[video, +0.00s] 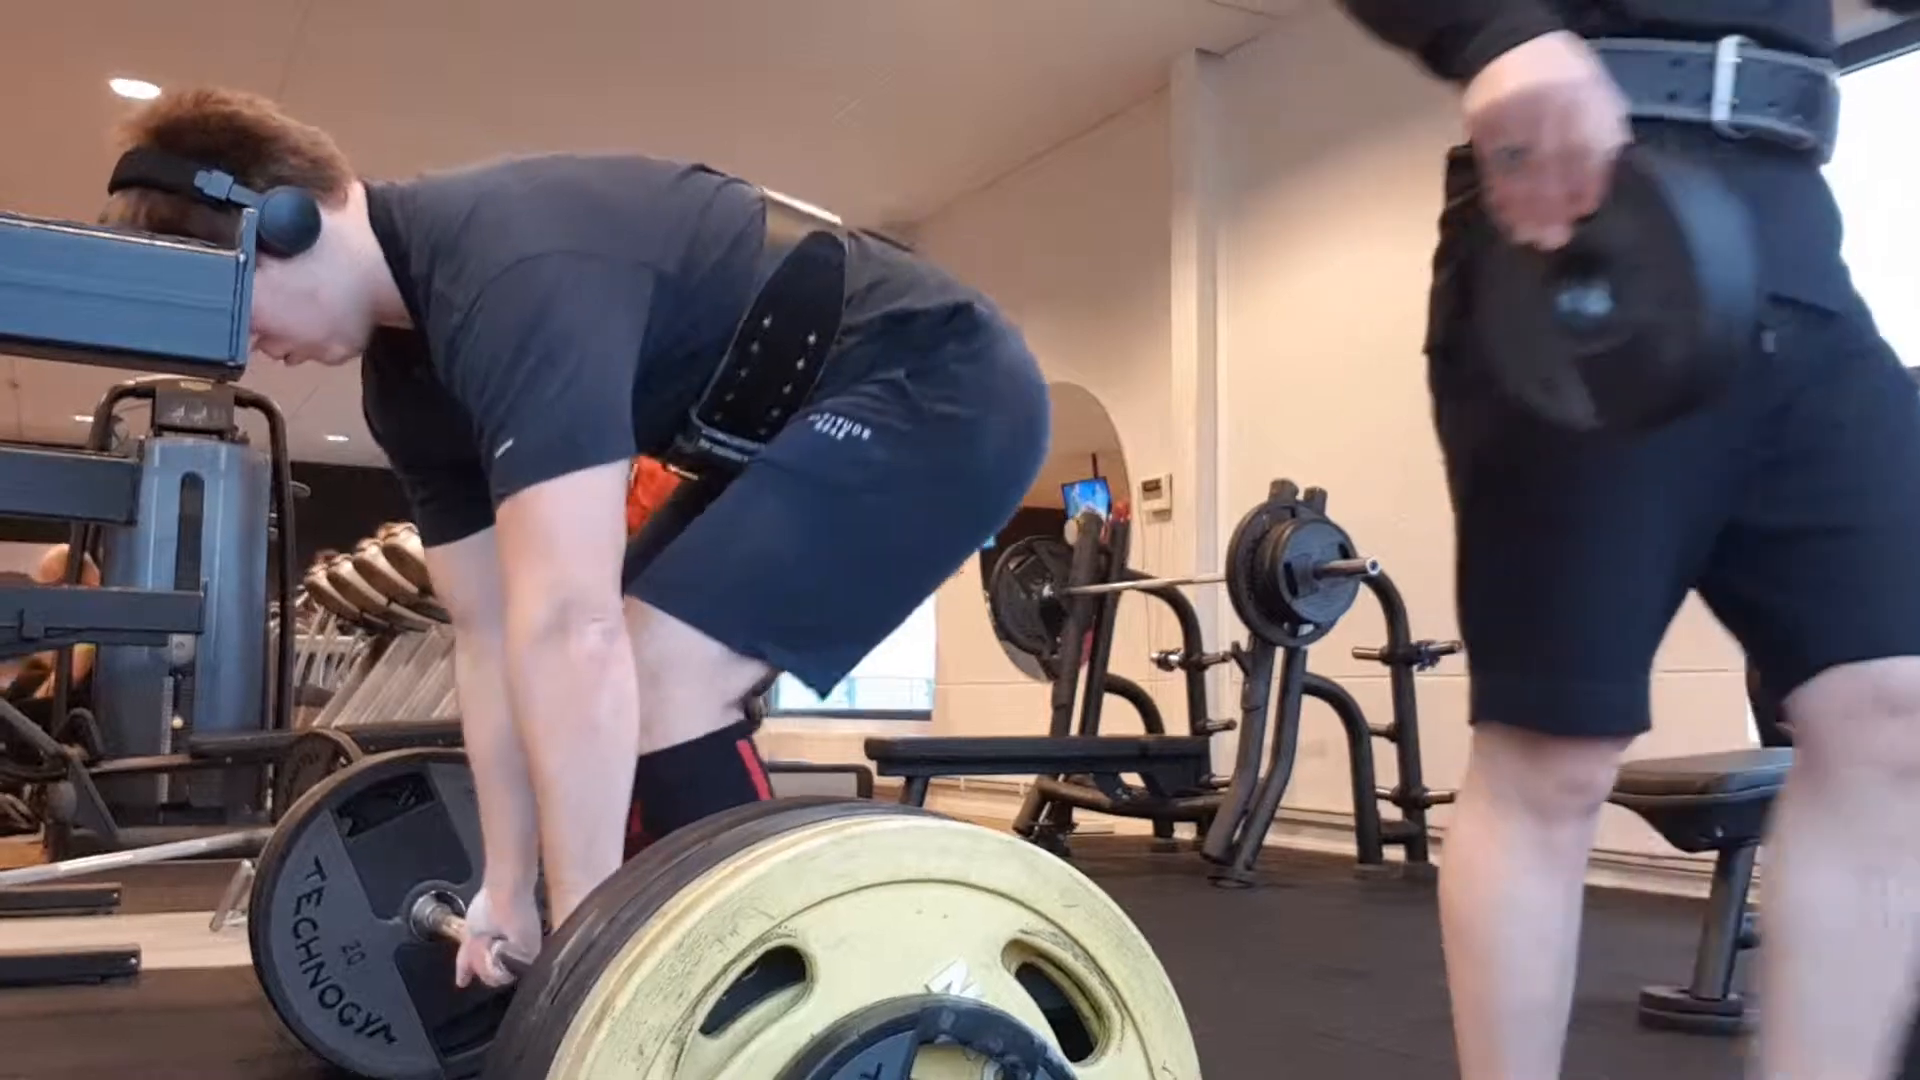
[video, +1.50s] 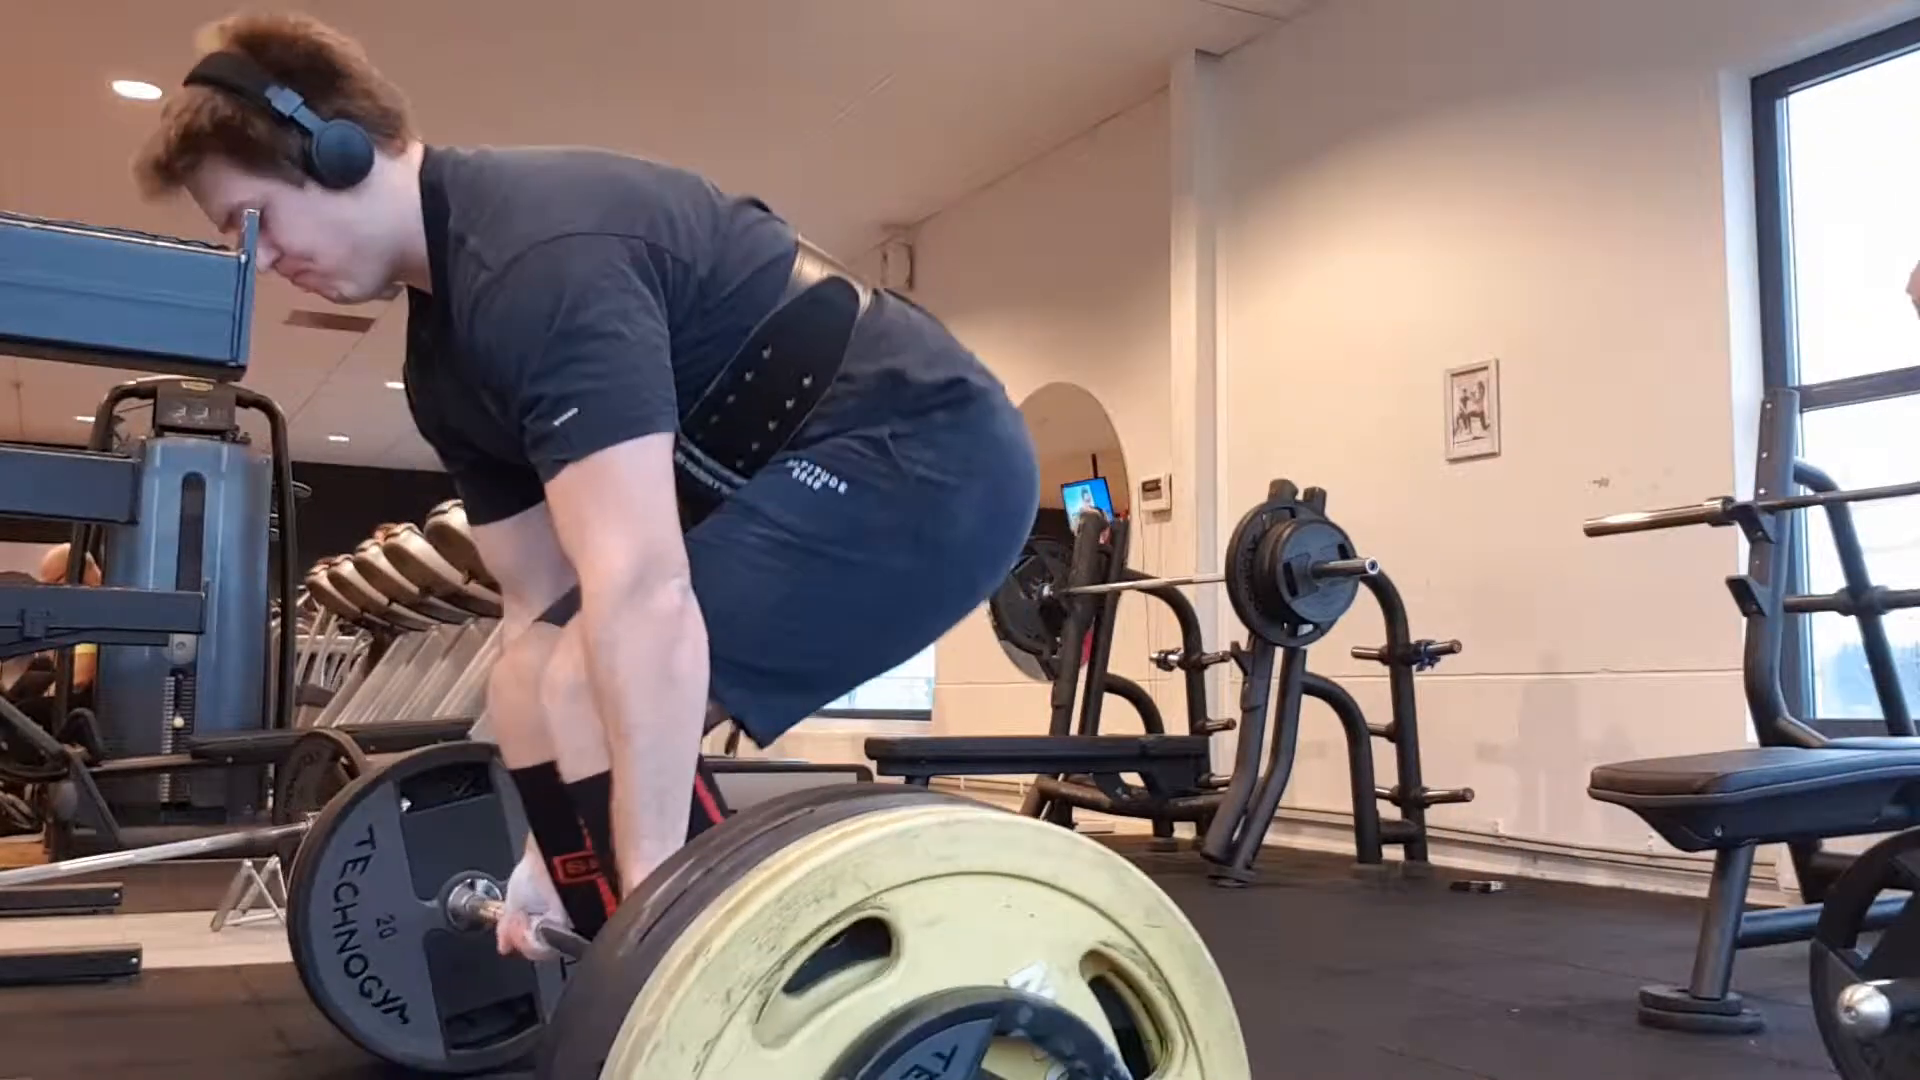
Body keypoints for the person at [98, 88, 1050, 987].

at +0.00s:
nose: (251, 353)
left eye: (234, 309)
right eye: (221, 334)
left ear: (279, 224)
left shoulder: (523, 273)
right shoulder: (410, 369)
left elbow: (578, 630)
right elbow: (490, 638)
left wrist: (595, 938)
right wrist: (507, 892)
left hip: (923, 378)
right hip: (811, 416)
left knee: (658, 681)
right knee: (627, 679)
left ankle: (772, 1005)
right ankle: (742, 1006)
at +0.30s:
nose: (240, 360)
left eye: (220, 318)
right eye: (210, 339)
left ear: (265, 226)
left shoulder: (508, 264)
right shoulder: (399, 369)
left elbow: (576, 630)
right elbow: (496, 632)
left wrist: (591, 935)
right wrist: (507, 887)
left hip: (917, 359)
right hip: (796, 403)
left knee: (675, 677)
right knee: (620, 666)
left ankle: (756, 1009)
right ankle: (727, 1005)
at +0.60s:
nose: (238, 348)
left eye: (216, 306)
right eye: (207, 326)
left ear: (251, 219)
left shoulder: (506, 263)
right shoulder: (398, 359)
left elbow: (570, 620)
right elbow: (485, 631)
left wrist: (578, 931)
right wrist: (488, 890)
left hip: (920, 356)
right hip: (802, 401)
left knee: (678, 672)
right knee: (617, 668)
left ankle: (772, 1006)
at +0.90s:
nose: (278, 354)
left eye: (265, 315)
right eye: (254, 337)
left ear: (315, 231)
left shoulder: (544, 275)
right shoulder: (446, 373)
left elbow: (619, 625)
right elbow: (517, 634)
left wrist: (602, 926)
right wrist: (501, 890)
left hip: (947, 381)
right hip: (843, 424)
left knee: (667, 686)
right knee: (633, 694)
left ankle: (791, 994)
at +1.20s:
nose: (282, 337)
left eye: (268, 293)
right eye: (256, 319)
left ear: (319, 215)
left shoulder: (534, 294)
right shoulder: (430, 393)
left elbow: (628, 621)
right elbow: (523, 631)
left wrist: (644, 929)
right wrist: (534, 878)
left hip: (926, 492)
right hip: (818, 517)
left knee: (594, 683)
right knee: (516, 686)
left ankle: (686, 992)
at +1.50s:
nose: (262, 266)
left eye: (255, 222)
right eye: (239, 244)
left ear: (333, 141)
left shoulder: (544, 261)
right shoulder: (442, 357)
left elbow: (643, 593)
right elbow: (547, 608)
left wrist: (661, 915)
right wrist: (547, 864)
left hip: (914, 444)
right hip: (807, 469)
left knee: (590, 681)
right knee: (521, 680)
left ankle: (712, 978)